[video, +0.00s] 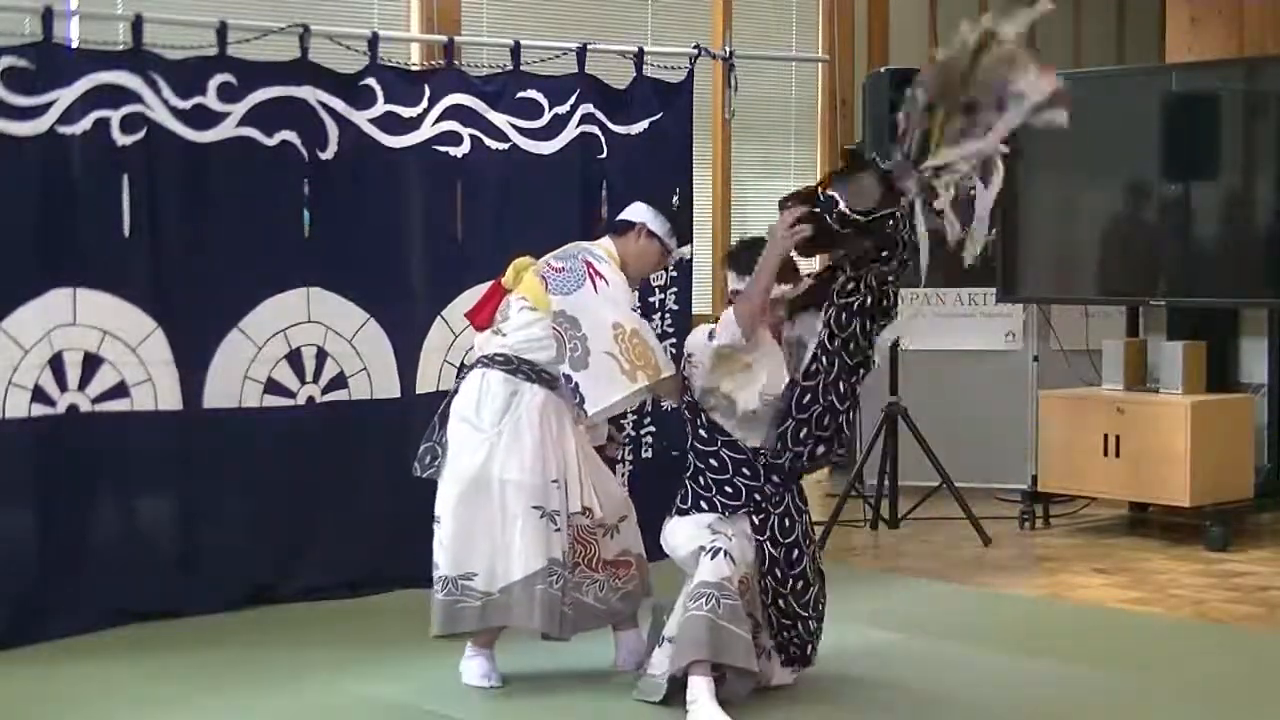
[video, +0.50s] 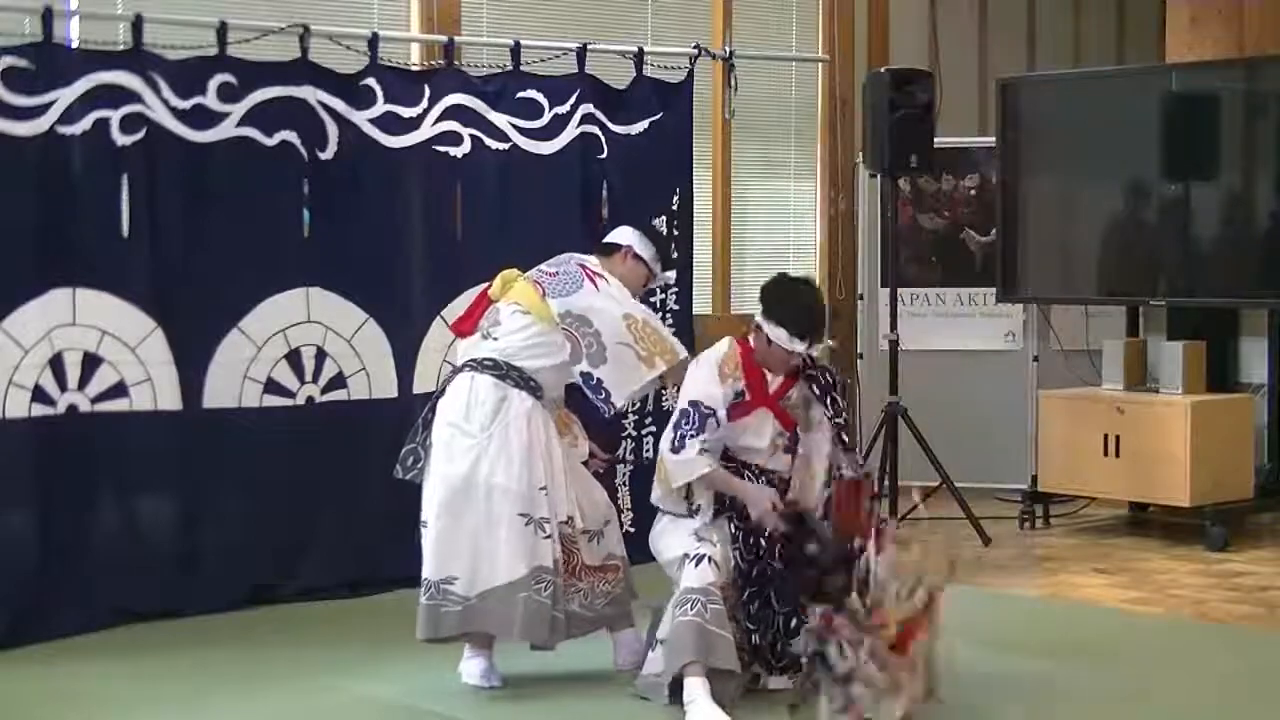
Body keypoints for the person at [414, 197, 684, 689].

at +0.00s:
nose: (659, 270)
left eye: (665, 262)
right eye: (661, 256)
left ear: (635, 235)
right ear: (639, 234)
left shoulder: (576, 261)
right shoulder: (598, 272)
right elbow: (631, 345)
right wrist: (672, 385)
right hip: (509, 395)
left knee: (609, 509)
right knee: (498, 522)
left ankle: (630, 642)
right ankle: (480, 650)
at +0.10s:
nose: (656, 273)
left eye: (661, 265)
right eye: (657, 259)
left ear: (629, 242)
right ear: (634, 239)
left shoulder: (570, 267)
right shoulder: (595, 275)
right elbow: (637, 357)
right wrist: (678, 391)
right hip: (508, 399)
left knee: (609, 508)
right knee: (494, 522)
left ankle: (630, 642)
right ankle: (480, 649)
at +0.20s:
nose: (652, 277)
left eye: (657, 269)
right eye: (654, 265)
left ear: (620, 246)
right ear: (632, 247)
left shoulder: (569, 271)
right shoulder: (593, 279)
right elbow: (638, 355)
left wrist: (588, 419)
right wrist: (676, 389)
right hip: (502, 401)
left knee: (606, 507)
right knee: (491, 523)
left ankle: (630, 641)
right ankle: (480, 648)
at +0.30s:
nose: (651, 285)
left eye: (656, 277)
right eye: (652, 273)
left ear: (621, 252)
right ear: (631, 253)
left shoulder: (566, 276)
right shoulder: (592, 283)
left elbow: (546, 377)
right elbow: (651, 363)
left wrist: (586, 436)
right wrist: (703, 400)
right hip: (499, 403)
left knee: (604, 510)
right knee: (488, 525)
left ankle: (628, 642)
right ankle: (479, 650)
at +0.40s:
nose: (646, 290)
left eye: (651, 283)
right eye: (648, 277)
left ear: (621, 255)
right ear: (629, 256)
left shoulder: (559, 273)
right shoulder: (593, 283)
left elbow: (547, 380)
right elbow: (643, 341)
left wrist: (579, 433)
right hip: (501, 406)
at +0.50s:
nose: (644, 290)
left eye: (649, 282)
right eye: (646, 276)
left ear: (619, 255)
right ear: (627, 255)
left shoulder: (559, 274)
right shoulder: (594, 280)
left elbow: (543, 384)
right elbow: (656, 349)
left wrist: (581, 443)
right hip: (492, 403)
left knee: (593, 512)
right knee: (487, 526)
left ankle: (627, 643)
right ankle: (478, 653)